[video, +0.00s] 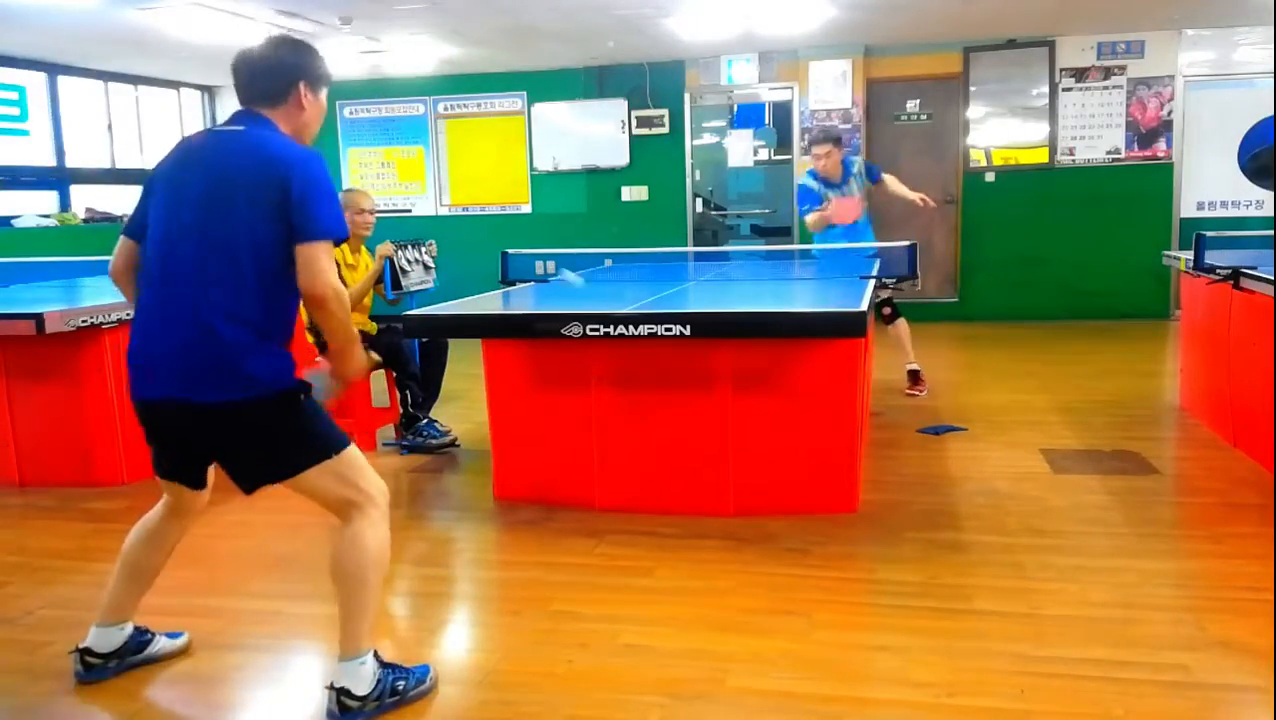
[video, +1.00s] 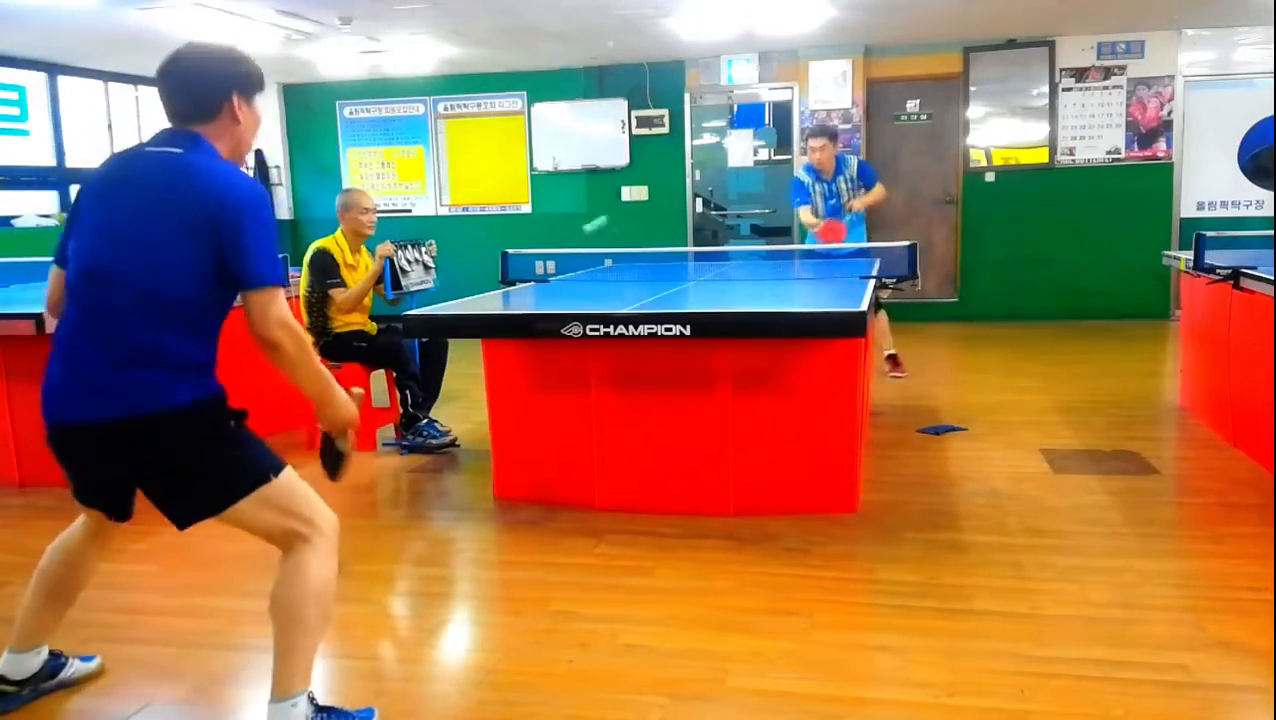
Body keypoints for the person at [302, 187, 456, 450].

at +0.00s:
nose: (370, 219)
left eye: (373, 213)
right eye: (363, 212)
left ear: (375, 217)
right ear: (344, 216)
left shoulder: (365, 254)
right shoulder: (327, 256)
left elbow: (391, 298)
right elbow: (345, 303)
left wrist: (420, 261)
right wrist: (377, 266)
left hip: (365, 329)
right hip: (339, 335)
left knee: (436, 340)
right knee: (401, 343)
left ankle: (419, 418)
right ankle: (411, 424)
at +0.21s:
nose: (356, 219)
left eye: (362, 212)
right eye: (350, 212)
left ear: (372, 217)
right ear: (338, 215)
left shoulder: (369, 250)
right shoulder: (322, 252)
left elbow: (392, 298)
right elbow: (343, 303)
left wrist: (416, 262)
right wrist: (377, 266)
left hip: (365, 330)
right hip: (335, 338)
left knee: (435, 337)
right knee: (401, 346)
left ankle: (419, 419)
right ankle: (412, 426)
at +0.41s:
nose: (372, 218)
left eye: (373, 212)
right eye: (366, 212)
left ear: (370, 214)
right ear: (346, 214)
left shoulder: (362, 251)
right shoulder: (321, 252)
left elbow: (391, 297)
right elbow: (344, 303)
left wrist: (419, 261)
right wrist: (377, 266)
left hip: (364, 330)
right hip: (335, 338)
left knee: (435, 340)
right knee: (402, 347)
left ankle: (418, 419)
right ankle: (412, 426)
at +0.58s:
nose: (379, 217)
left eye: (378, 211)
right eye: (373, 212)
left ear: (356, 218)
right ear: (353, 218)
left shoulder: (364, 255)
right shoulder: (322, 252)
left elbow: (391, 297)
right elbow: (344, 304)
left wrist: (420, 260)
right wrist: (377, 266)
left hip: (364, 331)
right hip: (335, 340)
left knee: (435, 340)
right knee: (402, 346)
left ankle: (419, 419)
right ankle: (412, 426)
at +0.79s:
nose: (378, 217)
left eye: (377, 211)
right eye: (373, 212)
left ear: (355, 218)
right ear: (351, 217)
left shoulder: (364, 255)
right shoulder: (322, 253)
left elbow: (391, 297)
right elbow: (344, 304)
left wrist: (419, 261)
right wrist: (378, 266)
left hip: (364, 330)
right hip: (335, 337)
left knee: (435, 339)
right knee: (402, 347)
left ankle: (419, 419)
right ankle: (411, 426)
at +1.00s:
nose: (373, 218)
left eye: (374, 212)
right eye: (365, 212)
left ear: (375, 216)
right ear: (344, 215)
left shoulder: (365, 255)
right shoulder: (322, 252)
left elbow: (391, 298)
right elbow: (344, 304)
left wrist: (420, 261)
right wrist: (377, 267)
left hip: (364, 330)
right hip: (334, 338)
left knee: (435, 339)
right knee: (402, 346)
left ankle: (419, 418)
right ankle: (412, 425)